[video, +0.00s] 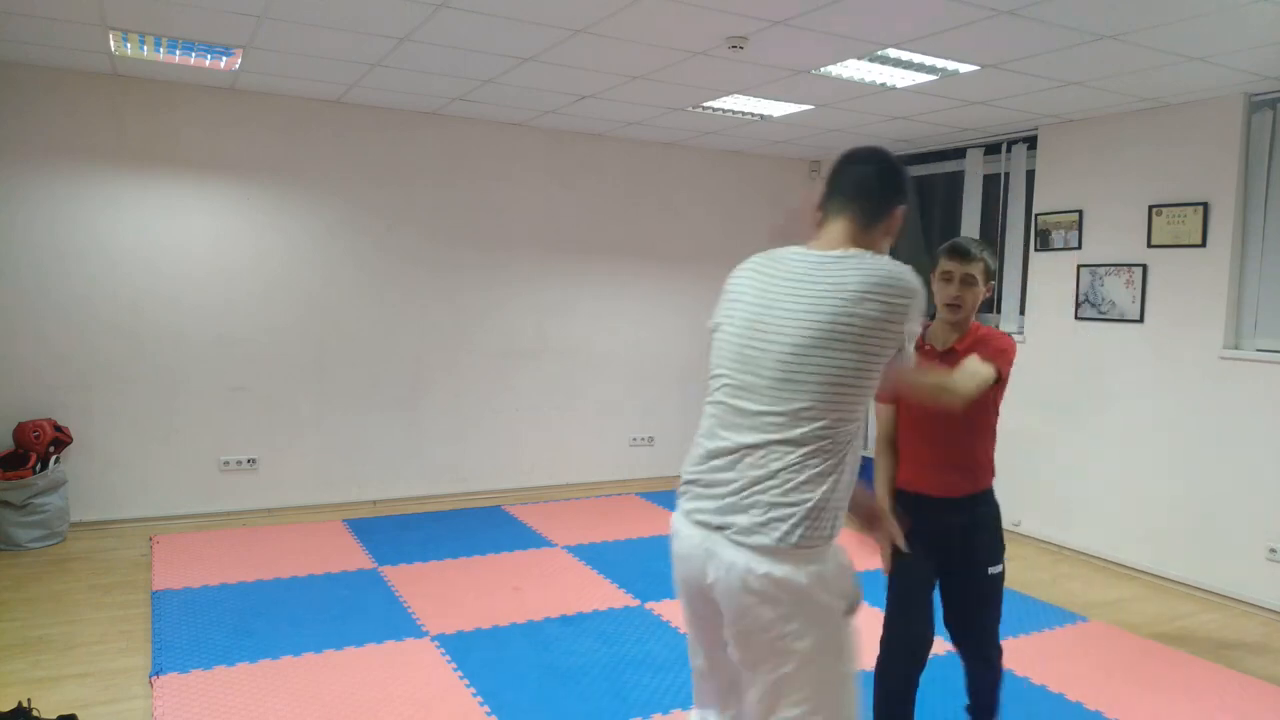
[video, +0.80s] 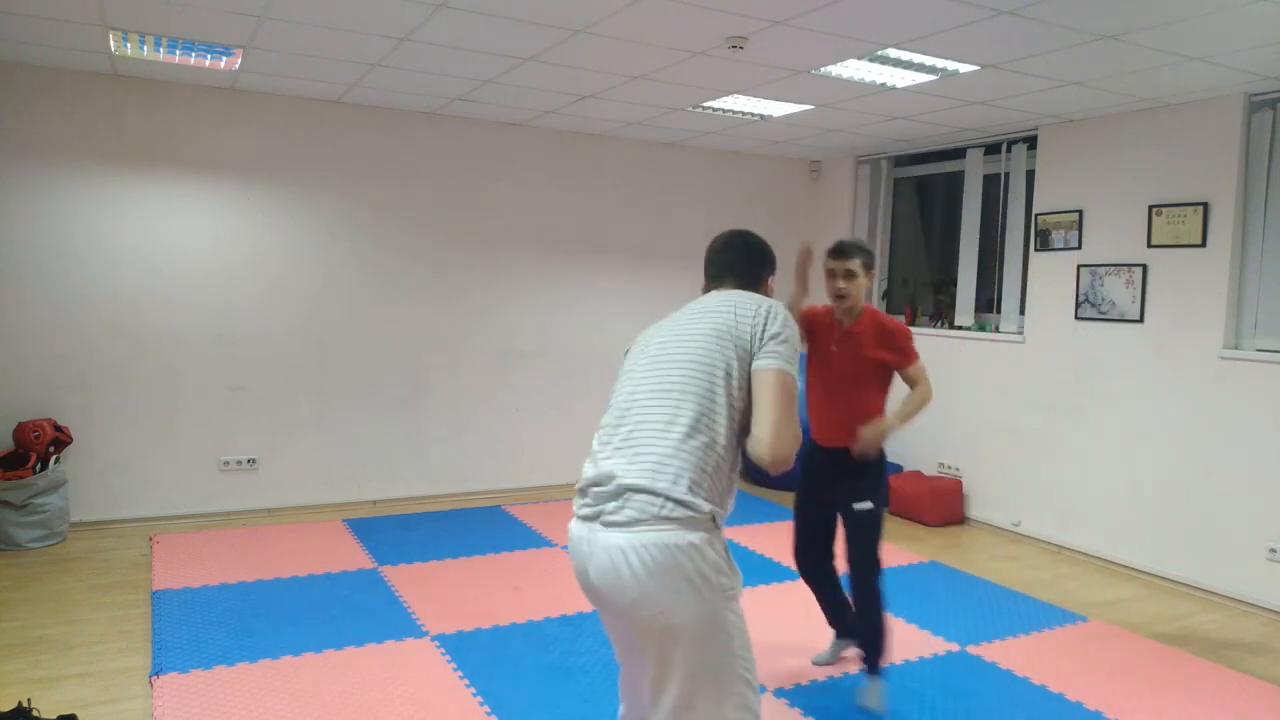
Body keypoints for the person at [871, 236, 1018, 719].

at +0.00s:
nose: (955, 290)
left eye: (968, 282)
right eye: (946, 278)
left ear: (985, 292)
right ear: (932, 282)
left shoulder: (995, 344)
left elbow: (957, 391)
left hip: (971, 515)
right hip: (909, 512)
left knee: (979, 643)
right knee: (903, 644)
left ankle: (983, 713)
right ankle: (890, 716)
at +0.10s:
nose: (946, 287)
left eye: (959, 279)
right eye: (938, 277)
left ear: (980, 288)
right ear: (927, 283)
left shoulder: (993, 348)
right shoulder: (908, 345)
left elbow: (964, 432)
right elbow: (893, 418)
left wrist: (898, 418)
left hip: (978, 510)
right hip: (918, 507)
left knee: (989, 643)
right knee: (902, 636)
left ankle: (992, 715)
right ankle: (889, 715)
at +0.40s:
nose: (920, 283)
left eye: (931, 274)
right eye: (911, 274)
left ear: (951, 281)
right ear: (901, 281)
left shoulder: (977, 342)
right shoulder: (892, 339)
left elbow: (982, 415)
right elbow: (876, 404)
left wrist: (922, 364)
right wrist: (888, 418)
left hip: (952, 496)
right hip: (898, 491)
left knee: (973, 626)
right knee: (858, 593)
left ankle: (987, 713)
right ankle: (849, 676)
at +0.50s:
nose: (902, 290)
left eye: (913, 281)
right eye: (894, 281)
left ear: (934, 287)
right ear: (885, 287)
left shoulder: (958, 348)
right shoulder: (868, 345)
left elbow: (980, 420)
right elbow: (847, 409)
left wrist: (947, 403)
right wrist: (868, 410)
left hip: (932, 493)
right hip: (878, 490)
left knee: (958, 619)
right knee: (845, 583)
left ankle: (984, 711)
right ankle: (851, 642)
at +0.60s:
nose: (879, 296)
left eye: (890, 288)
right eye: (872, 287)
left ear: (911, 295)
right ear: (863, 294)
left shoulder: (928, 355)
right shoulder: (846, 348)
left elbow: (953, 421)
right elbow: (816, 406)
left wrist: (936, 458)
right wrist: (839, 389)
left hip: (903, 491)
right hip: (854, 488)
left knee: (932, 609)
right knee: (835, 579)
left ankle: (975, 709)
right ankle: (855, 645)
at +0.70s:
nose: (857, 294)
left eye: (868, 286)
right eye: (851, 285)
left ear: (888, 293)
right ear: (842, 291)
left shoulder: (905, 347)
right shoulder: (829, 342)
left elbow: (928, 409)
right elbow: (795, 382)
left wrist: (898, 458)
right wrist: (810, 348)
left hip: (879, 477)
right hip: (833, 473)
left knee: (896, 586)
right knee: (820, 574)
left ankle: (933, 691)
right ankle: (854, 643)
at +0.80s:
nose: (839, 284)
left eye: (849, 275)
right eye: (832, 275)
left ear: (869, 279)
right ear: (824, 280)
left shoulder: (887, 331)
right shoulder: (817, 322)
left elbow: (923, 389)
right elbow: (789, 319)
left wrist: (886, 425)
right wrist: (799, 278)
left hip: (863, 460)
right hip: (818, 457)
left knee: (864, 567)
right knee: (810, 558)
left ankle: (873, 670)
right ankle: (848, 631)